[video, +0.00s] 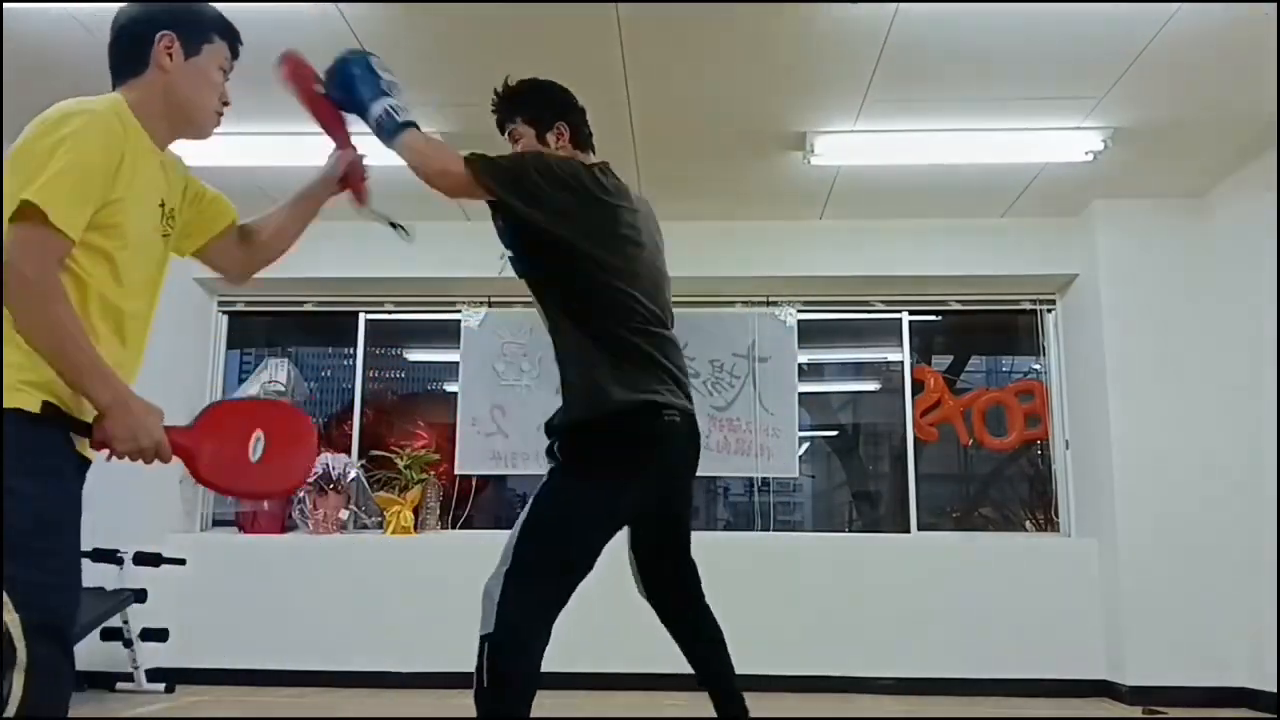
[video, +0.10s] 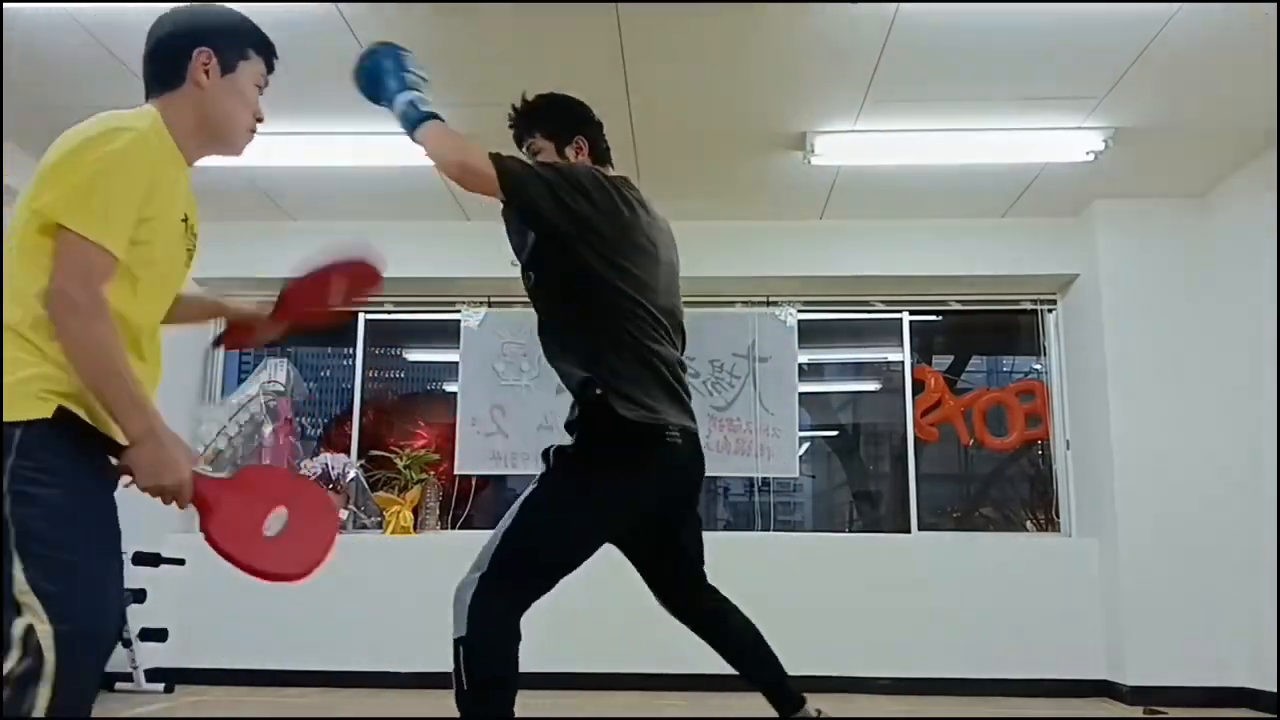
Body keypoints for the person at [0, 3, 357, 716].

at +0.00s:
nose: (228, 94)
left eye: (232, 78)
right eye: (221, 70)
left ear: (169, 61)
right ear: (167, 53)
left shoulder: (168, 179)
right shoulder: (89, 129)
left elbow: (240, 255)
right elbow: (25, 272)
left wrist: (322, 188)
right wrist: (114, 398)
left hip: (56, 432)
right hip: (20, 423)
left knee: (42, 654)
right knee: (34, 657)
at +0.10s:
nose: (262, 113)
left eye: (264, 94)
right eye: (256, 87)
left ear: (208, 76)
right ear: (205, 69)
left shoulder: (173, 188)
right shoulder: (131, 143)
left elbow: (134, 302)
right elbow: (73, 296)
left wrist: (228, 307)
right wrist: (147, 434)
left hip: (73, 432)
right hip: (37, 424)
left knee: (76, 634)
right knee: (72, 634)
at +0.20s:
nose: (280, 156)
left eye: (283, 137)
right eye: (279, 131)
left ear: (221, 115)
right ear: (238, 110)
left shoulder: (107, 176)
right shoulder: (220, 167)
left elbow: (14, 269)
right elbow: (226, 274)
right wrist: (345, 380)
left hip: (35, 419)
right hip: (91, 427)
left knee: (100, 616)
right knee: (121, 651)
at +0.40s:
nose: (327, 179)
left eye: (329, 168)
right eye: (325, 165)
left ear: (247, 155)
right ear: (286, 150)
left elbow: (65, 317)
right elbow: (455, 237)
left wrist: (92, 397)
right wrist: (524, 209)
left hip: (125, 449)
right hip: (202, 443)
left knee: (247, 605)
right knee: (152, 650)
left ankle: (237, 715)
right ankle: (70, 713)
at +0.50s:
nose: (359, 199)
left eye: (362, 187)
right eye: (356, 183)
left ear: (274, 177)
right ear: (321, 169)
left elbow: (141, 360)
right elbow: (463, 307)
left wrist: (187, 436)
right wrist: (441, 351)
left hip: (171, 462)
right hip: (253, 453)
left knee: (285, 638)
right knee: (213, 635)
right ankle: (102, 713)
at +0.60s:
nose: (404, 207)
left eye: (406, 191)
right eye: (401, 187)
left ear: (334, 180)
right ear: (365, 175)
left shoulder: (240, 246)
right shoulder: (364, 222)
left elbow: (206, 368)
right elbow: (384, 308)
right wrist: (421, 415)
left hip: (211, 446)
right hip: (278, 443)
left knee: (305, 636)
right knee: (271, 628)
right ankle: (163, 711)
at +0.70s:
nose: (451, 180)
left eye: (454, 166)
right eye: (447, 160)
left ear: (408, 151)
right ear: (406, 146)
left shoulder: (366, 233)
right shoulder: (368, 185)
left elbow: (306, 350)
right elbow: (295, 220)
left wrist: (384, 395)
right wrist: (384, 305)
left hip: (302, 426)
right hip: (283, 418)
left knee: (325, 609)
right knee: (312, 603)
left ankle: (294, 711)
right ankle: (248, 711)